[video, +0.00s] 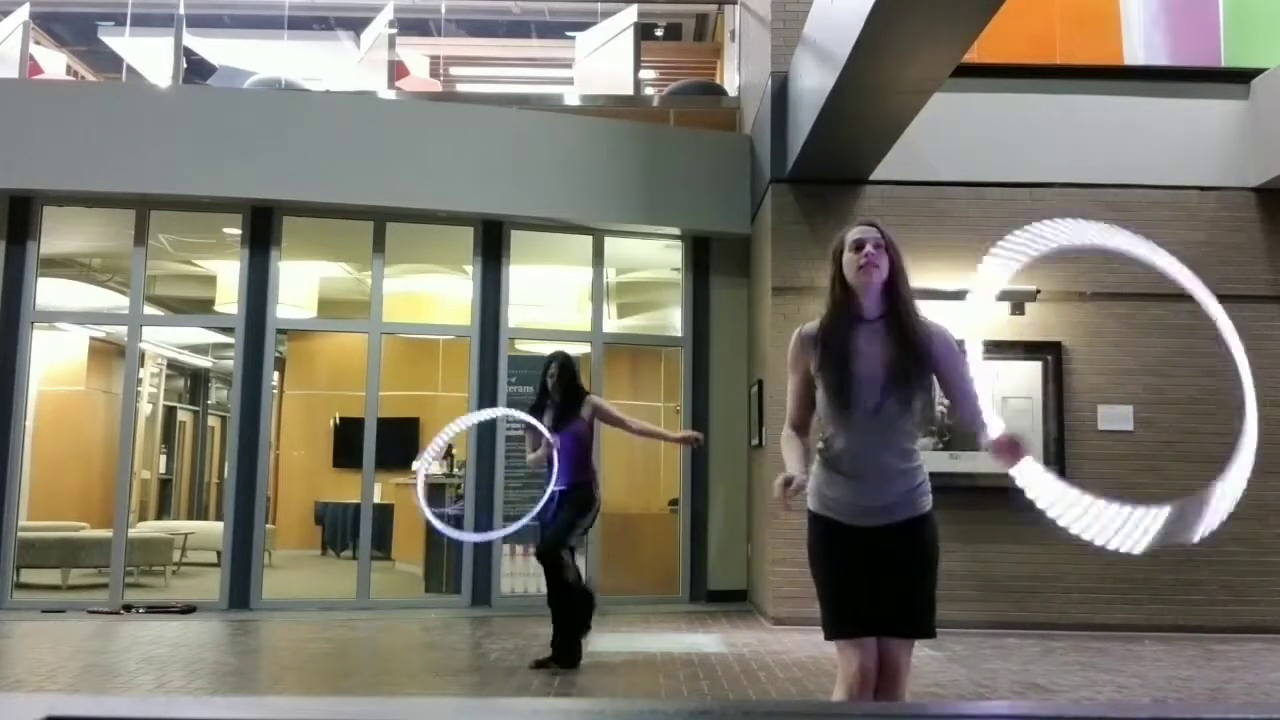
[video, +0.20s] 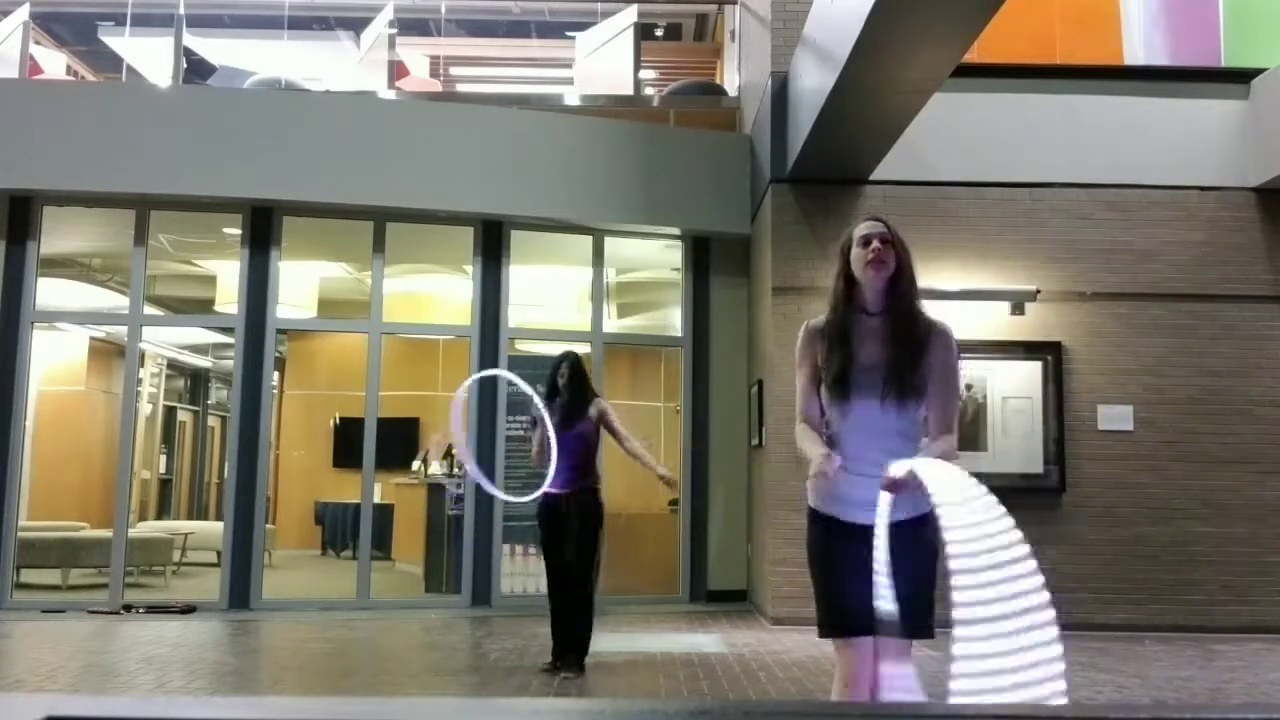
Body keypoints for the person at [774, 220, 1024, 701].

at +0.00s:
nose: (870, 252)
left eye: (879, 246)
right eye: (858, 246)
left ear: (892, 264)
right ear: (840, 265)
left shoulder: (927, 337)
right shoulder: (812, 341)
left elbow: (970, 413)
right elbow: (795, 427)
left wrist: (994, 441)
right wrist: (797, 470)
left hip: (906, 512)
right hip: (836, 515)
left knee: (894, 671)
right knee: (858, 669)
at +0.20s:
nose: (876, 247)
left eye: (886, 241)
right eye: (865, 241)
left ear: (898, 258)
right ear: (848, 259)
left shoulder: (934, 338)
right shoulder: (818, 335)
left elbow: (944, 438)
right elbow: (805, 423)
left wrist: (916, 467)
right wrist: (819, 452)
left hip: (908, 516)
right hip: (837, 514)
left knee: (897, 658)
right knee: (853, 661)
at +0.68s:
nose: (899, 254)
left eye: (908, 248)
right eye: (888, 247)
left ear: (919, 264)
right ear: (867, 264)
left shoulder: (943, 342)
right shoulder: (833, 332)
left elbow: (941, 441)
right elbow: (825, 430)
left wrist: (914, 469)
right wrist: (805, 368)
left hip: (902, 511)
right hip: (834, 508)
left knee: (891, 666)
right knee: (857, 667)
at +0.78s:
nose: (902, 254)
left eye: (911, 247)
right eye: (889, 247)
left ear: (921, 263)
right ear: (868, 262)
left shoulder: (942, 344)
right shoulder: (833, 328)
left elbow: (937, 451)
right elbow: (789, 404)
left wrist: (932, 527)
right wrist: (786, 335)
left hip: (899, 513)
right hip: (832, 510)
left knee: (889, 668)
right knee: (856, 669)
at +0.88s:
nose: (901, 255)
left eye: (911, 247)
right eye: (889, 246)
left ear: (923, 262)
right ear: (868, 259)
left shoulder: (940, 341)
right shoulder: (827, 325)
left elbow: (948, 440)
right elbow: (743, 367)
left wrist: (957, 531)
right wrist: (769, 306)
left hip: (901, 512)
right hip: (833, 509)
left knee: (890, 670)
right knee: (855, 672)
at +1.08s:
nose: (898, 261)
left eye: (907, 251)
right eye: (886, 252)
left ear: (918, 262)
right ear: (863, 261)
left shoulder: (931, 332)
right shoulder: (829, 313)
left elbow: (983, 403)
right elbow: (731, 313)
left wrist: (1025, 462)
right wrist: (759, 287)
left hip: (895, 504)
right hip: (827, 502)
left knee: (887, 670)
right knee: (850, 670)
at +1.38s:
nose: (886, 279)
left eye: (898, 271)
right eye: (877, 268)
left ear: (908, 280)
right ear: (856, 272)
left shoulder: (916, 327)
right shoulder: (819, 328)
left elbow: (1010, 314)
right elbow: (742, 371)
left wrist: (1101, 302)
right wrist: (783, 434)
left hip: (879, 508)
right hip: (816, 505)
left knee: (874, 669)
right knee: (837, 669)